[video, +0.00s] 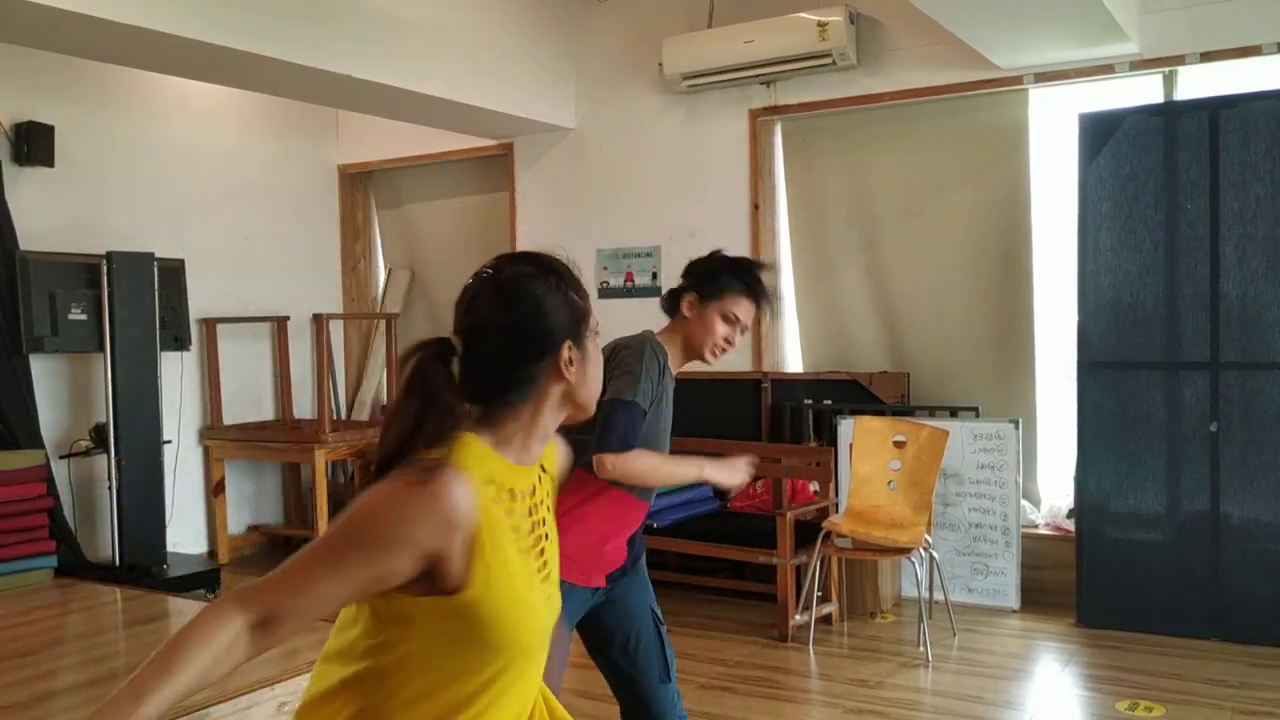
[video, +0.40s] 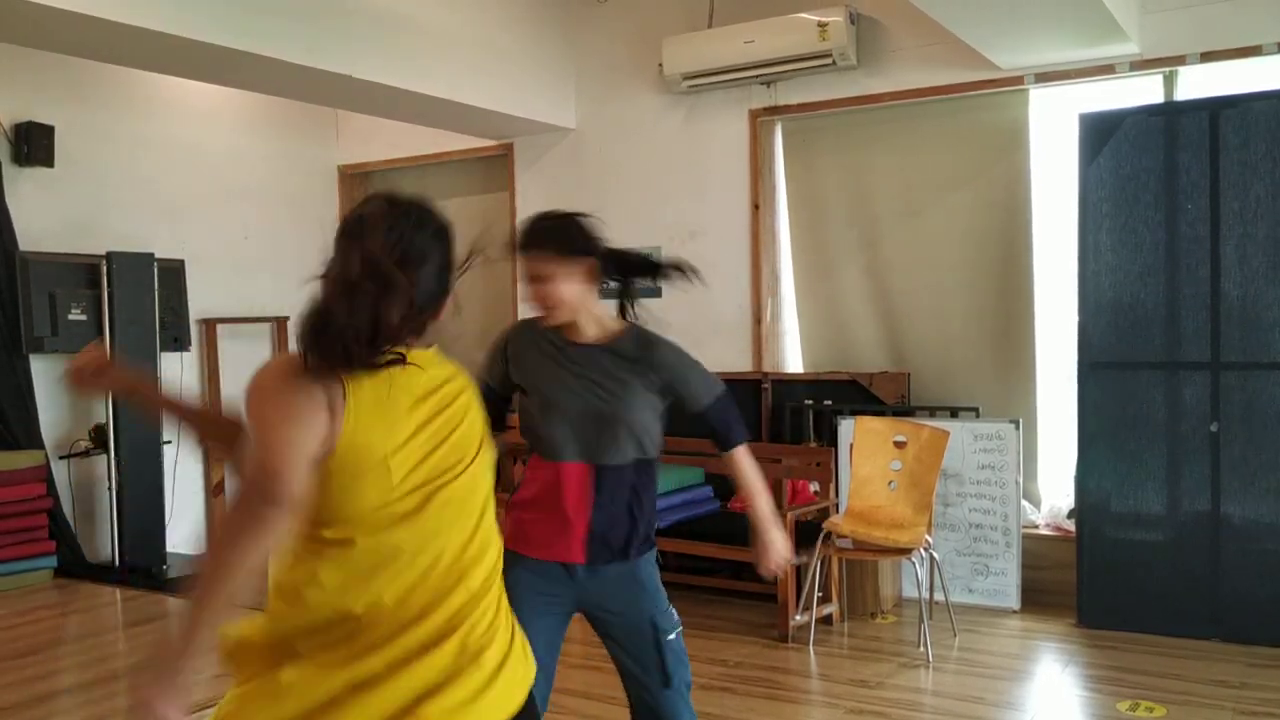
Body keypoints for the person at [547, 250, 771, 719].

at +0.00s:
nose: (734, 339)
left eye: (742, 331)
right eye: (729, 321)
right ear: (689, 305)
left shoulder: (660, 369)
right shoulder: (638, 357)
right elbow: (612, 460)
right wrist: (711, 469)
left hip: (619, 560)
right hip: (565, 562)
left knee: (657, 702)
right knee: (526, 698)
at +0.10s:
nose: (710, 314)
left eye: (724, 305)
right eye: (700, 295)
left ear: (730, 314)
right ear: (669, 293)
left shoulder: (663, 369)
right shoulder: (636, 358)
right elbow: (587, 465)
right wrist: (664, 521)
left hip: (622, 559)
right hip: (570, 561)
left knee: (663, 703)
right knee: (536, 703)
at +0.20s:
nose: (686, 303)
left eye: (702, 293)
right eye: (675, 287)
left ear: (715, 305)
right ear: (650, 289)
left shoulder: (674, 375)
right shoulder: (611, 362)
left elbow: (649, 485)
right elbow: (560, 463)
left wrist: (697, 551)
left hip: (625, 563)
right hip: (552, 562)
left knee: (663, 705)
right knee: (534, 706)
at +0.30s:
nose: (641, 296)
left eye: (656, 284)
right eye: (629, 282)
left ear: (679, 292)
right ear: (613, 285)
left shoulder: (679, 373)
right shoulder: (576, 361)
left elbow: (722, 461)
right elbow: (506, 443)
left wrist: (789, 523)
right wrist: (509, 538)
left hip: (629, 565)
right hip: (550, 567)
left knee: (666, 706)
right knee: (529, 707)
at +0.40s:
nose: (535, 292)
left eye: (545, 278)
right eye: (530, 280)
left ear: (588, 272)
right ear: (524, 280)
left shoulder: (652, 357)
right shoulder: (520, 346)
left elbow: (726, 426)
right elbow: (484, 420)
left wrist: (767, 524)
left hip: (623, 565)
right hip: (533, 562)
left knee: (666, 704)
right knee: (515, 701)